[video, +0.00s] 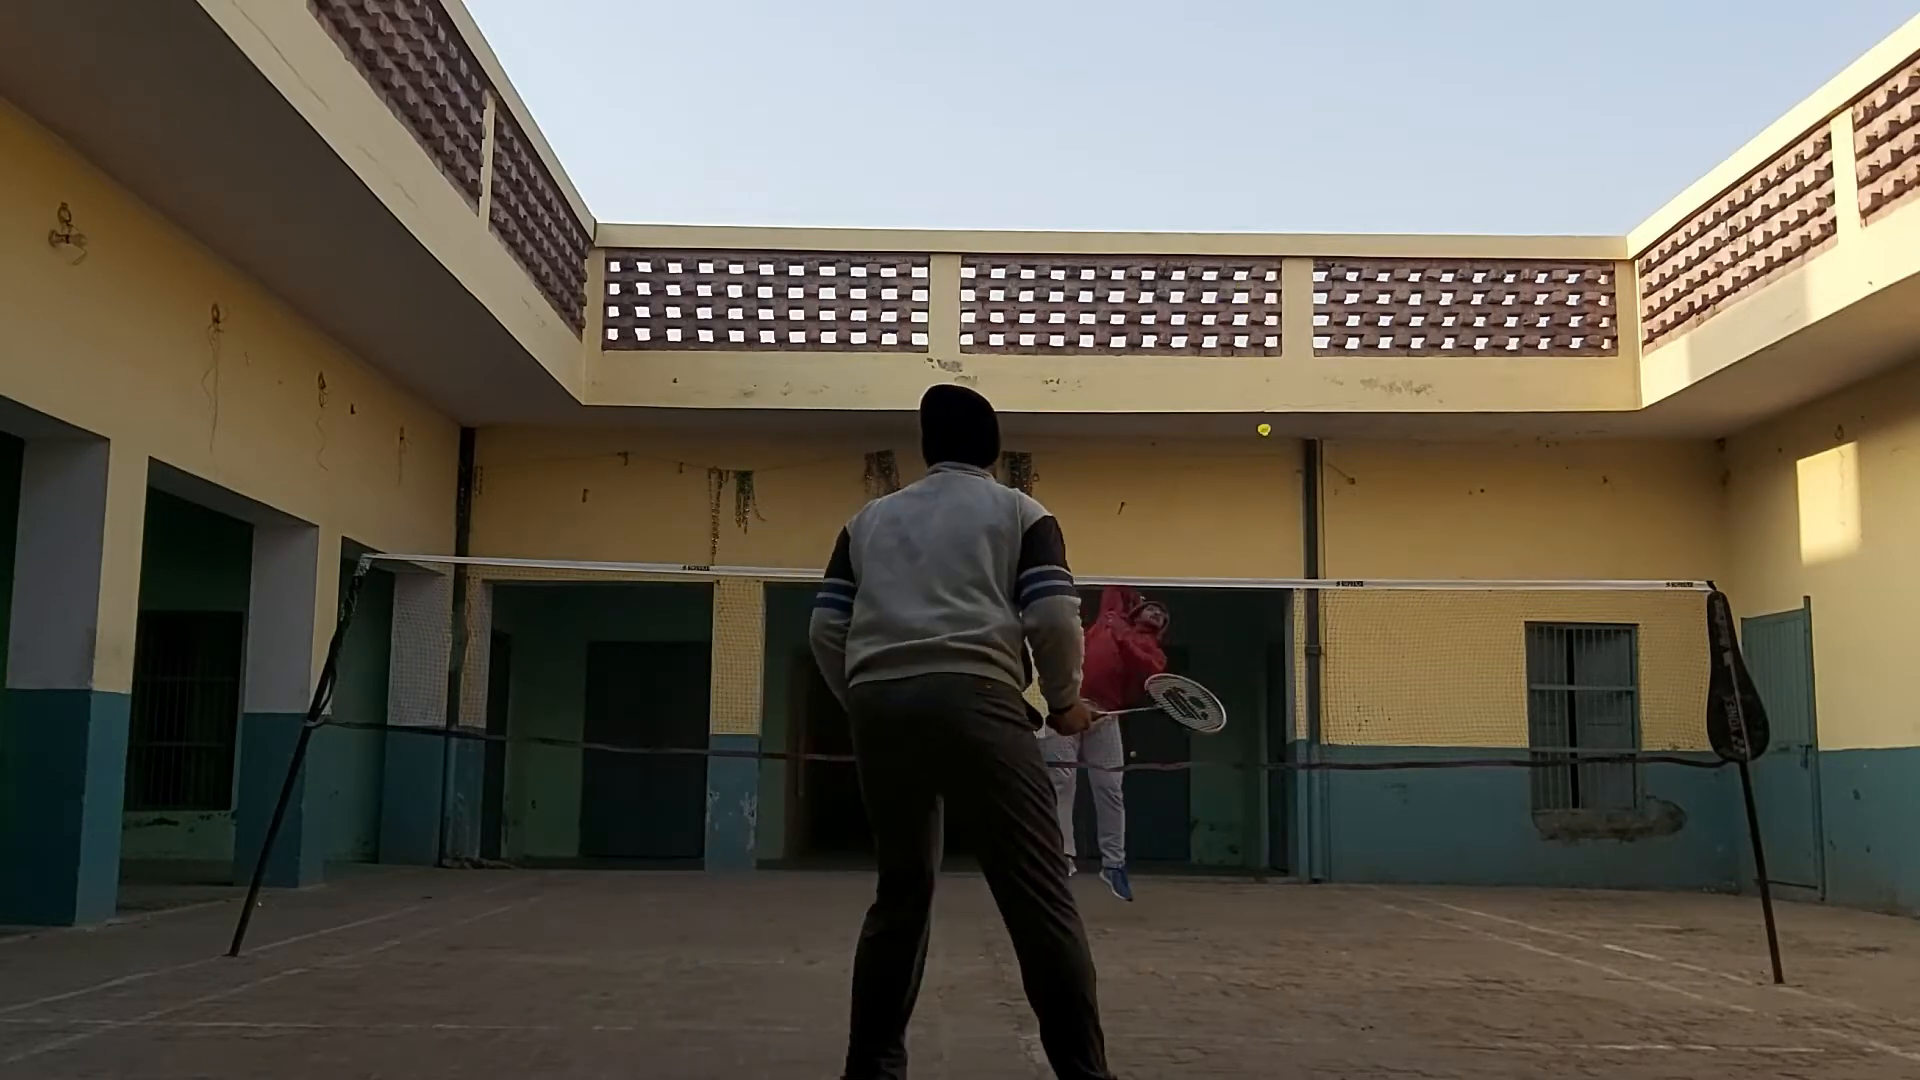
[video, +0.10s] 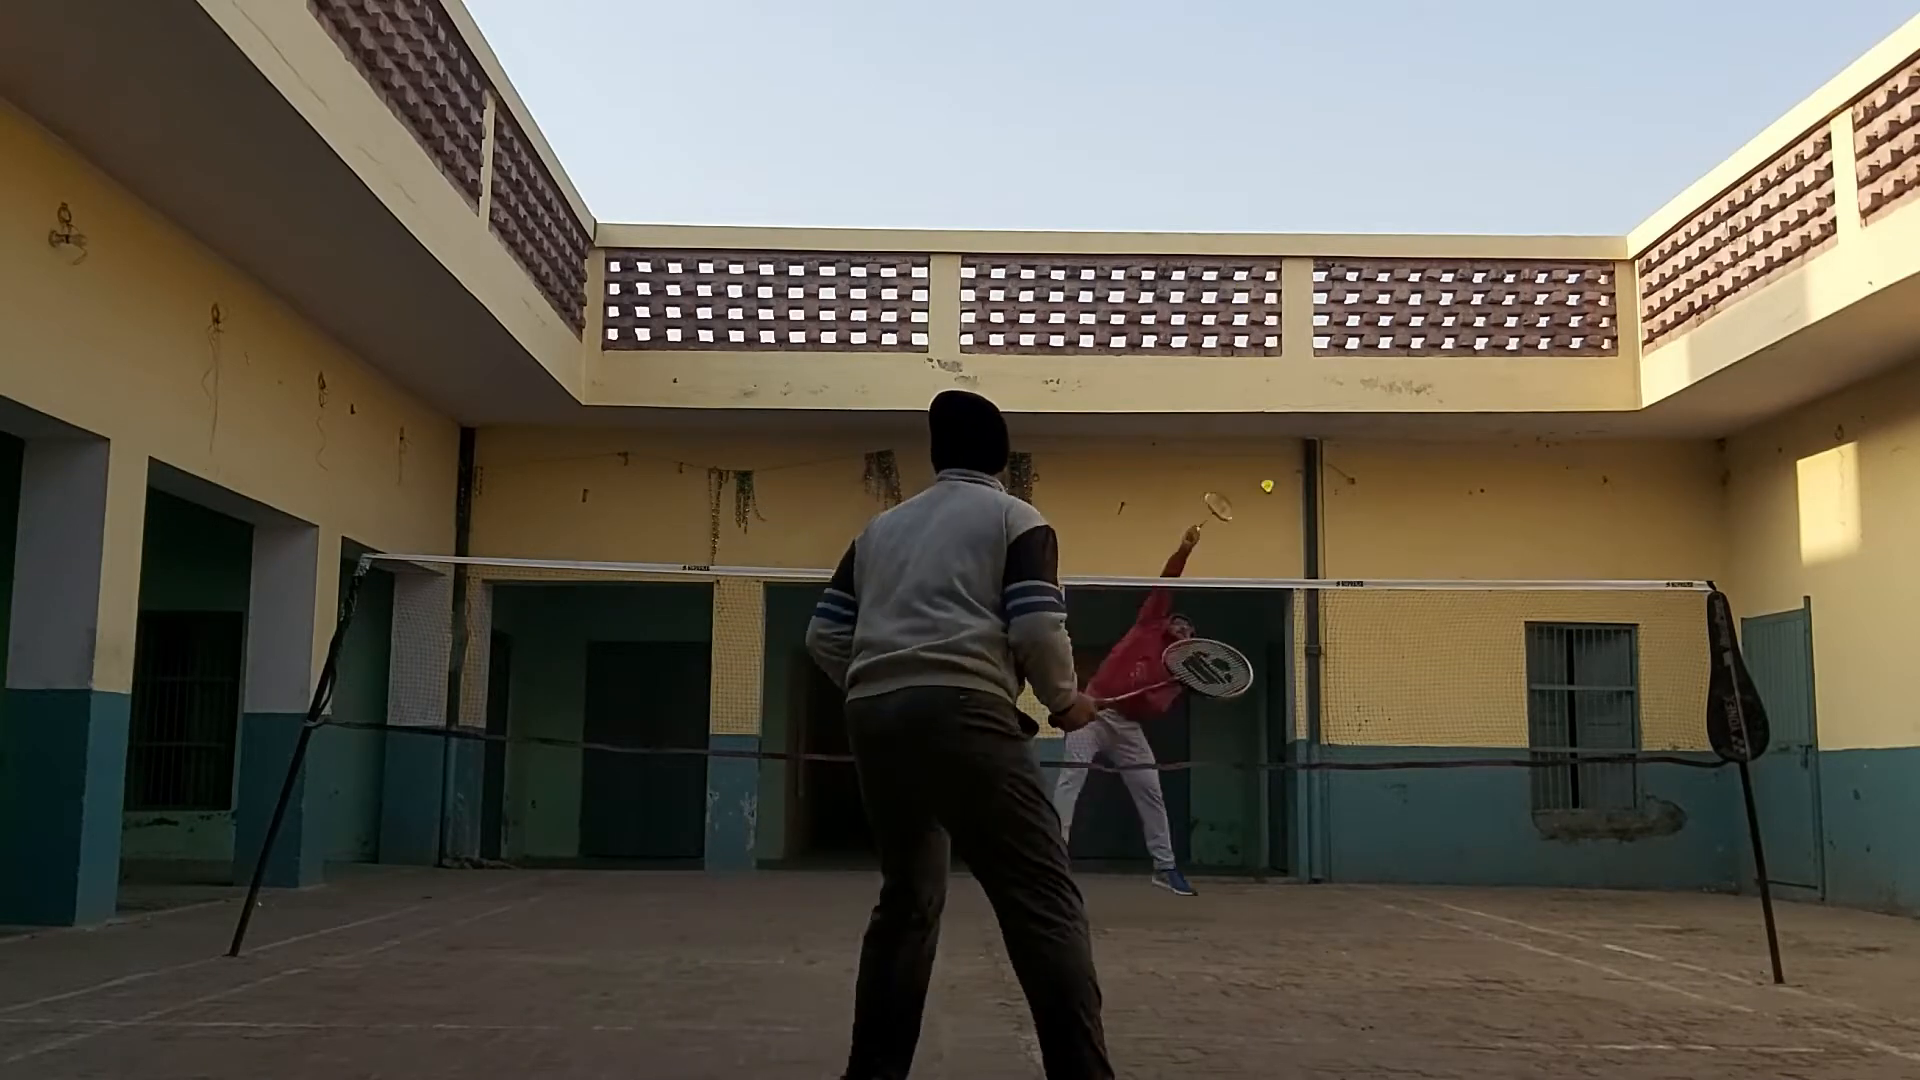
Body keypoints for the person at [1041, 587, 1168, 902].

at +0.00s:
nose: (1154, 614)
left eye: (1161, 616)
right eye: (1151, 610)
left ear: (1160, 628)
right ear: (1138, 609)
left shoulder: (1152, 651)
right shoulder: (1112, 616)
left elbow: (1152, 675)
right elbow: (1114, 581)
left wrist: (1124, 635)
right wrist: (1140, 601)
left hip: (1104, 715)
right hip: (1063, 705)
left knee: (1110, 791)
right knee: (1061, 783)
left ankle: (1113, 865)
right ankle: (1063, 857)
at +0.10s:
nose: (1182, 631)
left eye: (1187, 631)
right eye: (1179, 626)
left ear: (1188, 641)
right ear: (1168, 625)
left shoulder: (1175, 675)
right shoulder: (1150, 626)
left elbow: (1155, 708)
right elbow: (1166, 583)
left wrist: (1142, 692)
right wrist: (1185, 549)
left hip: (1128, 725)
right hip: (1093, 711)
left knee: (1149, 789)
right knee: (1072, 775)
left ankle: (1165, 867)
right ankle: (1053, 854)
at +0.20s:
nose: (1202, 653)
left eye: (1207, 651)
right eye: (1196, 647)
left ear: (1210, 662)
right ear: (1186, 650)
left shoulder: (1195, 698)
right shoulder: (1171, 654)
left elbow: (1182, 734)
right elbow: (1180, 661)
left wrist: (1171, 745)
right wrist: (1188, 669)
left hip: (1153, 754)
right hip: (1122, 735)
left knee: (1185, 818)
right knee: (1083, 770)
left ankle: (1210, 894)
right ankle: (1031, 813)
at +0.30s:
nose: (1214, 671)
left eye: (1219, 668)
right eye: (1209, 667)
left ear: (1224, 678)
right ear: (1198, 673)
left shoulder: (1208, 718)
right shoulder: (1182, 690)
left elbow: (1204, 758)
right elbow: (1166, 727)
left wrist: (1210, 788)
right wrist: (1172, 768)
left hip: (1174, 771)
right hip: (1145, 752)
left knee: (1214, 826)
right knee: (1122, 774)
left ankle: (1206, 898)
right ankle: (1057, 794)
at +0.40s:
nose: (1219, 676)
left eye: (1224, 674)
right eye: (1213, 672)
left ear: (1230, 684)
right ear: (1203, 679)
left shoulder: (1222, 723)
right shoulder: (1185, 697)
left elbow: (1218, 768)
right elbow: (1172, 736)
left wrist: (1228, 797)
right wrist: (1177, 776)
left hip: (1181, 773)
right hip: (1149, 757)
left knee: (1219, 826)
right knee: (1135, 784)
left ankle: (1207, 898)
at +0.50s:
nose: (1213, 671)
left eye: (1218, 668)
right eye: (1208, 667)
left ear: (1225, 676)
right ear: (1198, 672)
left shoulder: (1222, 714)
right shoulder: (1181, 687)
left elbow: (1226, 751)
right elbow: (1158, 719)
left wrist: (1227, 775)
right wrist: (1171, 748)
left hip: (1186, 774)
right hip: (1151, 760)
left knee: (1224, 828)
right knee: (1133, 808)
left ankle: (1207, 899)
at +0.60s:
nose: (1199, 663)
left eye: (1206, 660)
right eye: (1195, 658)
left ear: (1212, 669)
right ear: (1186, 662)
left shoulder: (1217, 706)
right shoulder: (1166, 681)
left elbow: (1222, 745)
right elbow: (1136, 707)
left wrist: (1218, 745)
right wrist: (1156, 713)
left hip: (1188, 771)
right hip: (1148, 765)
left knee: (1221, 827)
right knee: (1127, 830)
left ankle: (1207, 899)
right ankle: (1102, 899)